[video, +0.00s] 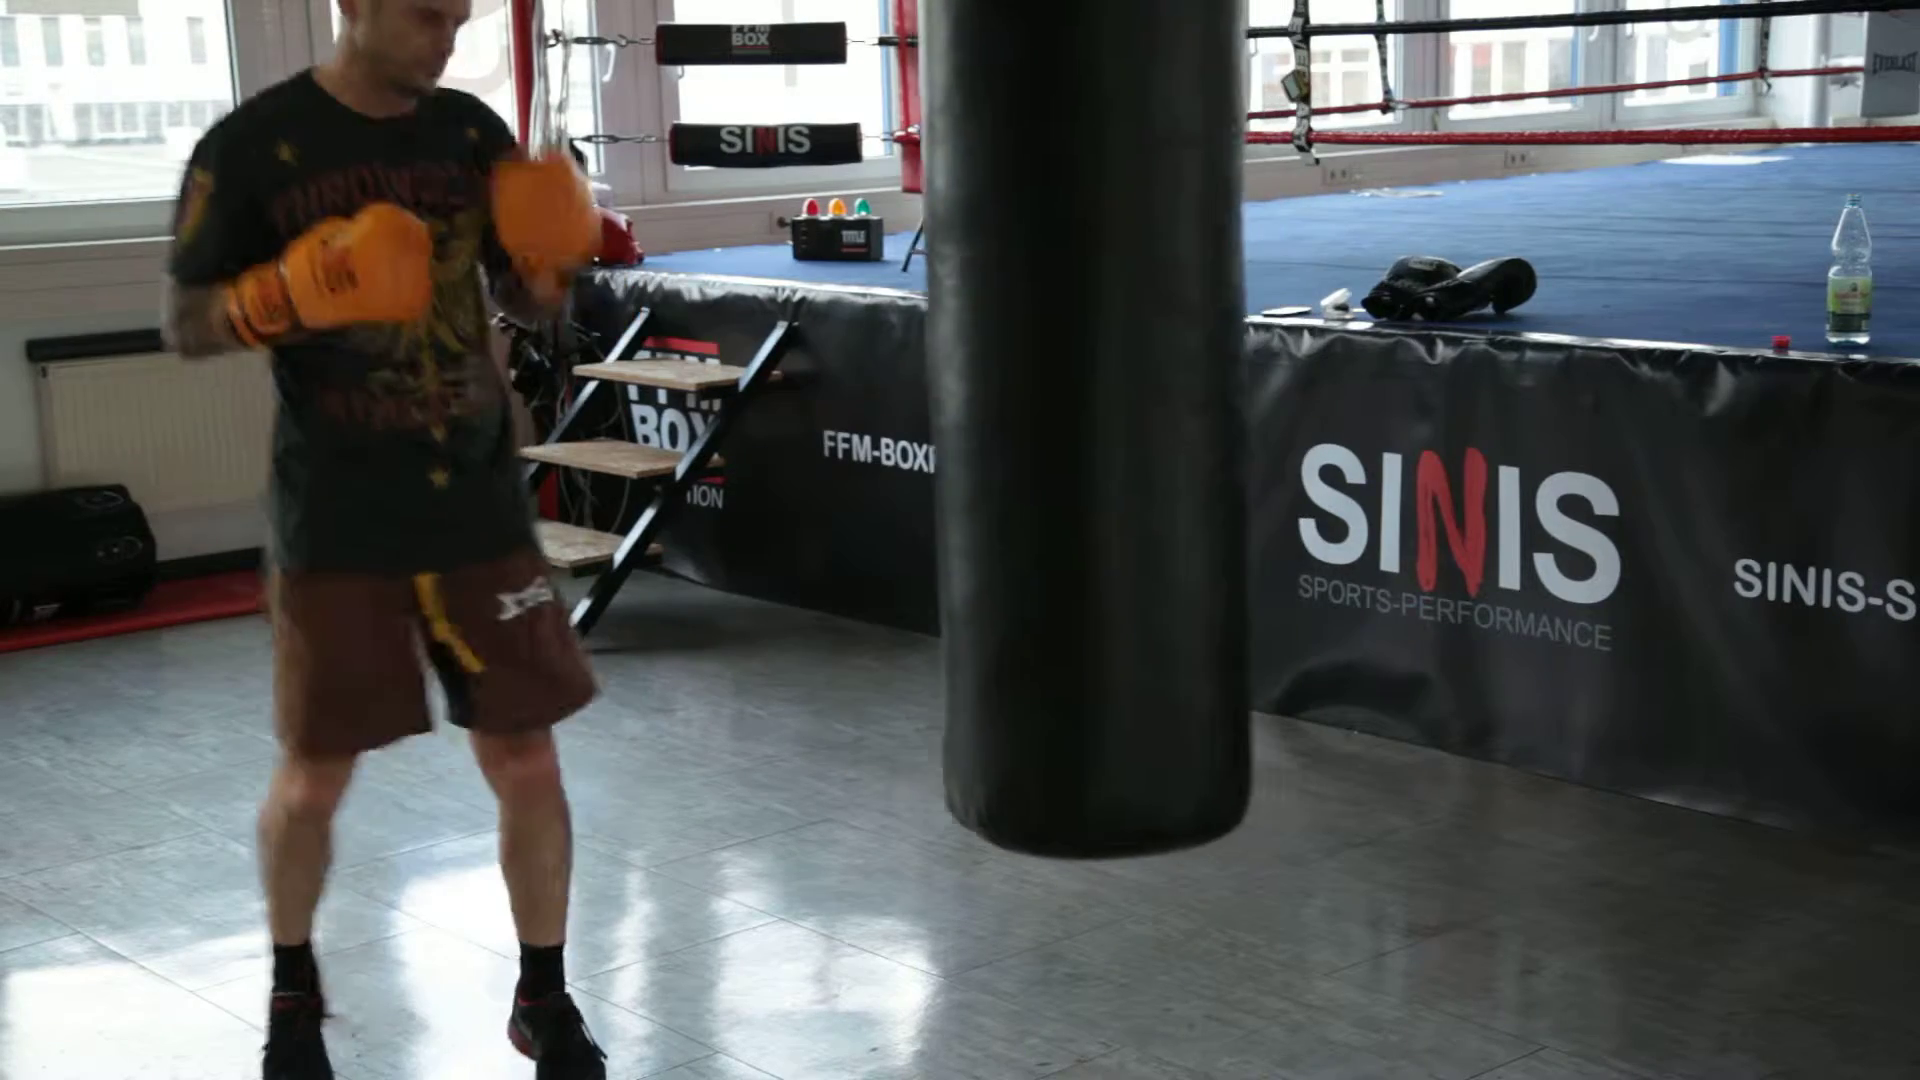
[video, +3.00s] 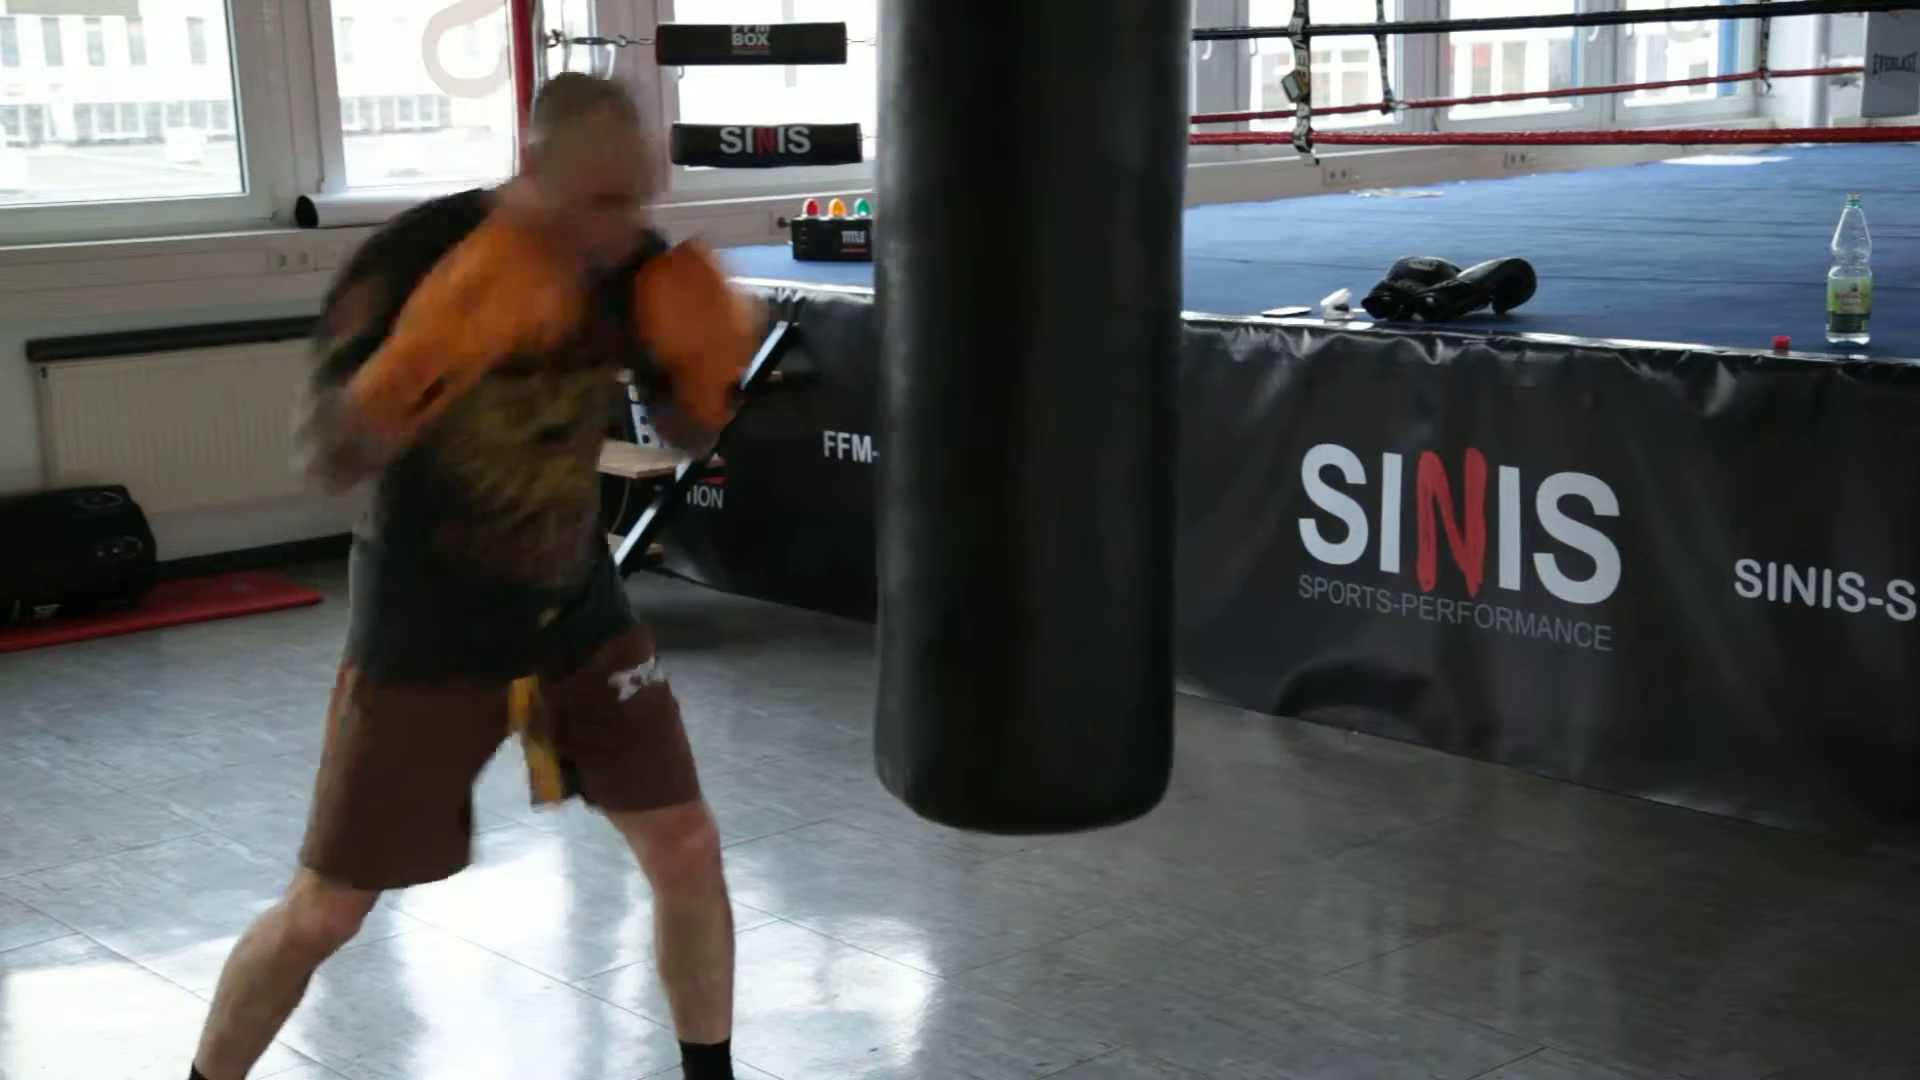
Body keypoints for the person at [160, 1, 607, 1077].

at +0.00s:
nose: (449, 30)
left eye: (459, 13)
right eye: (429, 10)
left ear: (462, 19)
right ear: (355, 6)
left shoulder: (476, 134)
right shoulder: (249, 145)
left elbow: (535, 308)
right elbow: (188, 323)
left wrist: (550, 259)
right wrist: (292, 290)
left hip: (478, 497)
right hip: (336, 509)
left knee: (526, 760)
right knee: (312, 780)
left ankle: (545, 998)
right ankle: (295, 1003)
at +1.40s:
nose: (519, 155)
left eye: (538, 134)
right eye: (503, 128)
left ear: (550, 123)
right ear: (440, 93)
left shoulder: (537, 218)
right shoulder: (320, 195)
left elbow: (561, 398)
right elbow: (311, 378)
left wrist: (618, 296)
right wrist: (418, 263)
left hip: (490, 561)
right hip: (345, 569)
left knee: (592, 812)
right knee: (283, 862)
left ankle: (637, 1057)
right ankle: (178, 1041)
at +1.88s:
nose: (364, 181)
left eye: (379, 154)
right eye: (338, 158)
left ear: (396, 140)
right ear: (268, 139)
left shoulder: (432, 209)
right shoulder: (203, 256)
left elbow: (576, 355)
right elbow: (236, 466)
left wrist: (525, 284)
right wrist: (275, 353)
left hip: (469, 578)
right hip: (307, 595)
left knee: (593, 828)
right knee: (225, 879)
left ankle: (640, 1058)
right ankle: (163, 1062)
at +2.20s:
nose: (502, 124)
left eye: (520, 101)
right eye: (482, 98)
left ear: (536, 86)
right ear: (411, 71)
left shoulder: (524, 202)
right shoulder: (296, 197)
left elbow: (575, 388)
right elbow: (277, 383)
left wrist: (619, 291)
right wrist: (390, 271)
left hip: (498, 562)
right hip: (345, 573)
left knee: (604, 822)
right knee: (267, 866)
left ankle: (638, 1060)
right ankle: (171, 1057)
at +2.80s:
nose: (444, 256)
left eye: (460, 227)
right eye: (416, 234)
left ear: (479, 201)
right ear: (342, 213)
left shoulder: (523, 261)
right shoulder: (273, 301)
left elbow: (661, 428)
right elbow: (261, 498)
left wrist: (616, 328)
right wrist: (332, 437)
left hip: (525, 637)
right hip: (353, 646)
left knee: (654, 883)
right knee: (254, 921)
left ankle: (703, 1073)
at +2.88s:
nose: (495, 275)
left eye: (508, 247)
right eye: (468, 255)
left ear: (522, 221)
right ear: (390, 232)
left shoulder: (565, 298)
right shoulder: (313, 319)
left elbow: (670, 474)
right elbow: (286, 510)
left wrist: (659, 401)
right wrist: (335, 497)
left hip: (557, 658)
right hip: (381, 673)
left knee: (689, 886)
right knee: (272, 934)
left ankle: (711, 1073)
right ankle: (205, 1078)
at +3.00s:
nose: (630, 226)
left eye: (640, 198)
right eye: (607, 200)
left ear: (649, 178)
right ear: (534, 171)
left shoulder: (634, 272)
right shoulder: (414, 264)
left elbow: (681, 431)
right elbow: (329, 454)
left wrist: (704, 368)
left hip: (575, 607)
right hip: (424, 620)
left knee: (685, 848)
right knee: (324, 915)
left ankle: (711, 1074)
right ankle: (208, 1077)